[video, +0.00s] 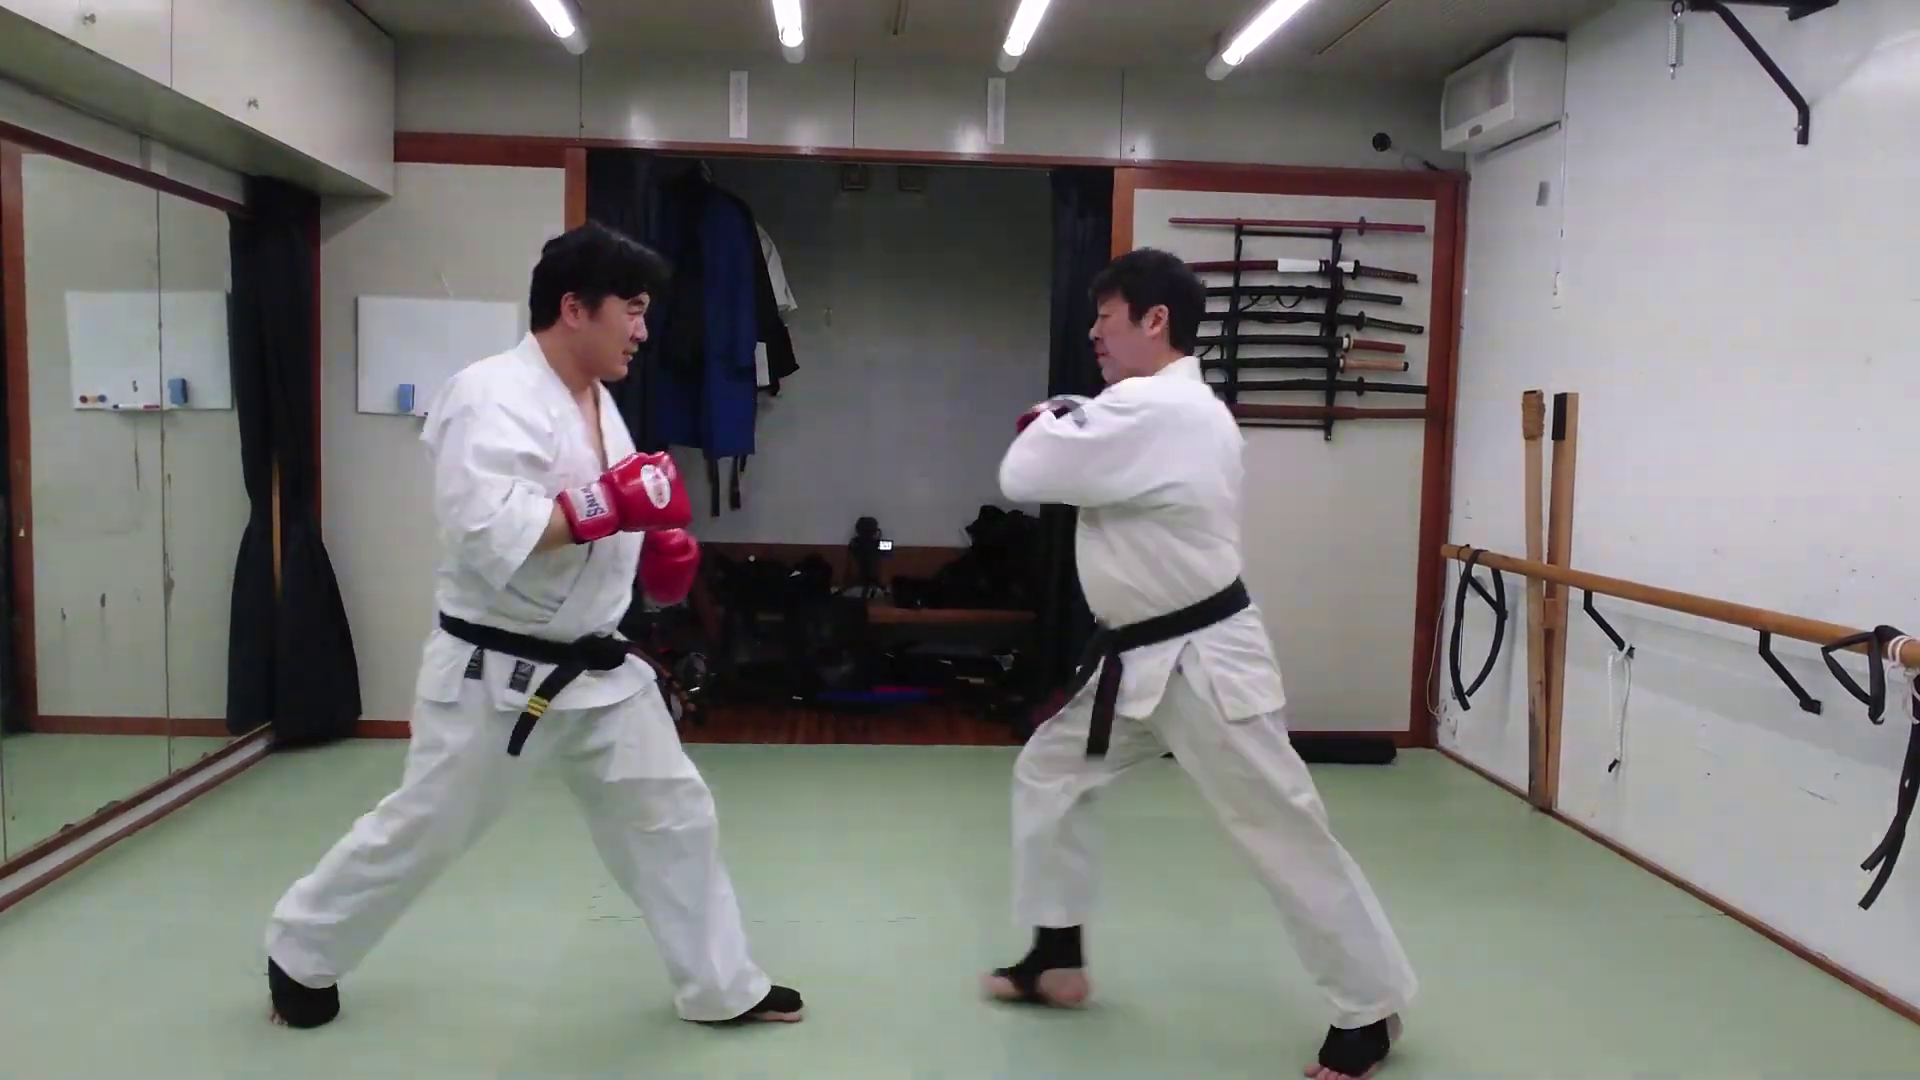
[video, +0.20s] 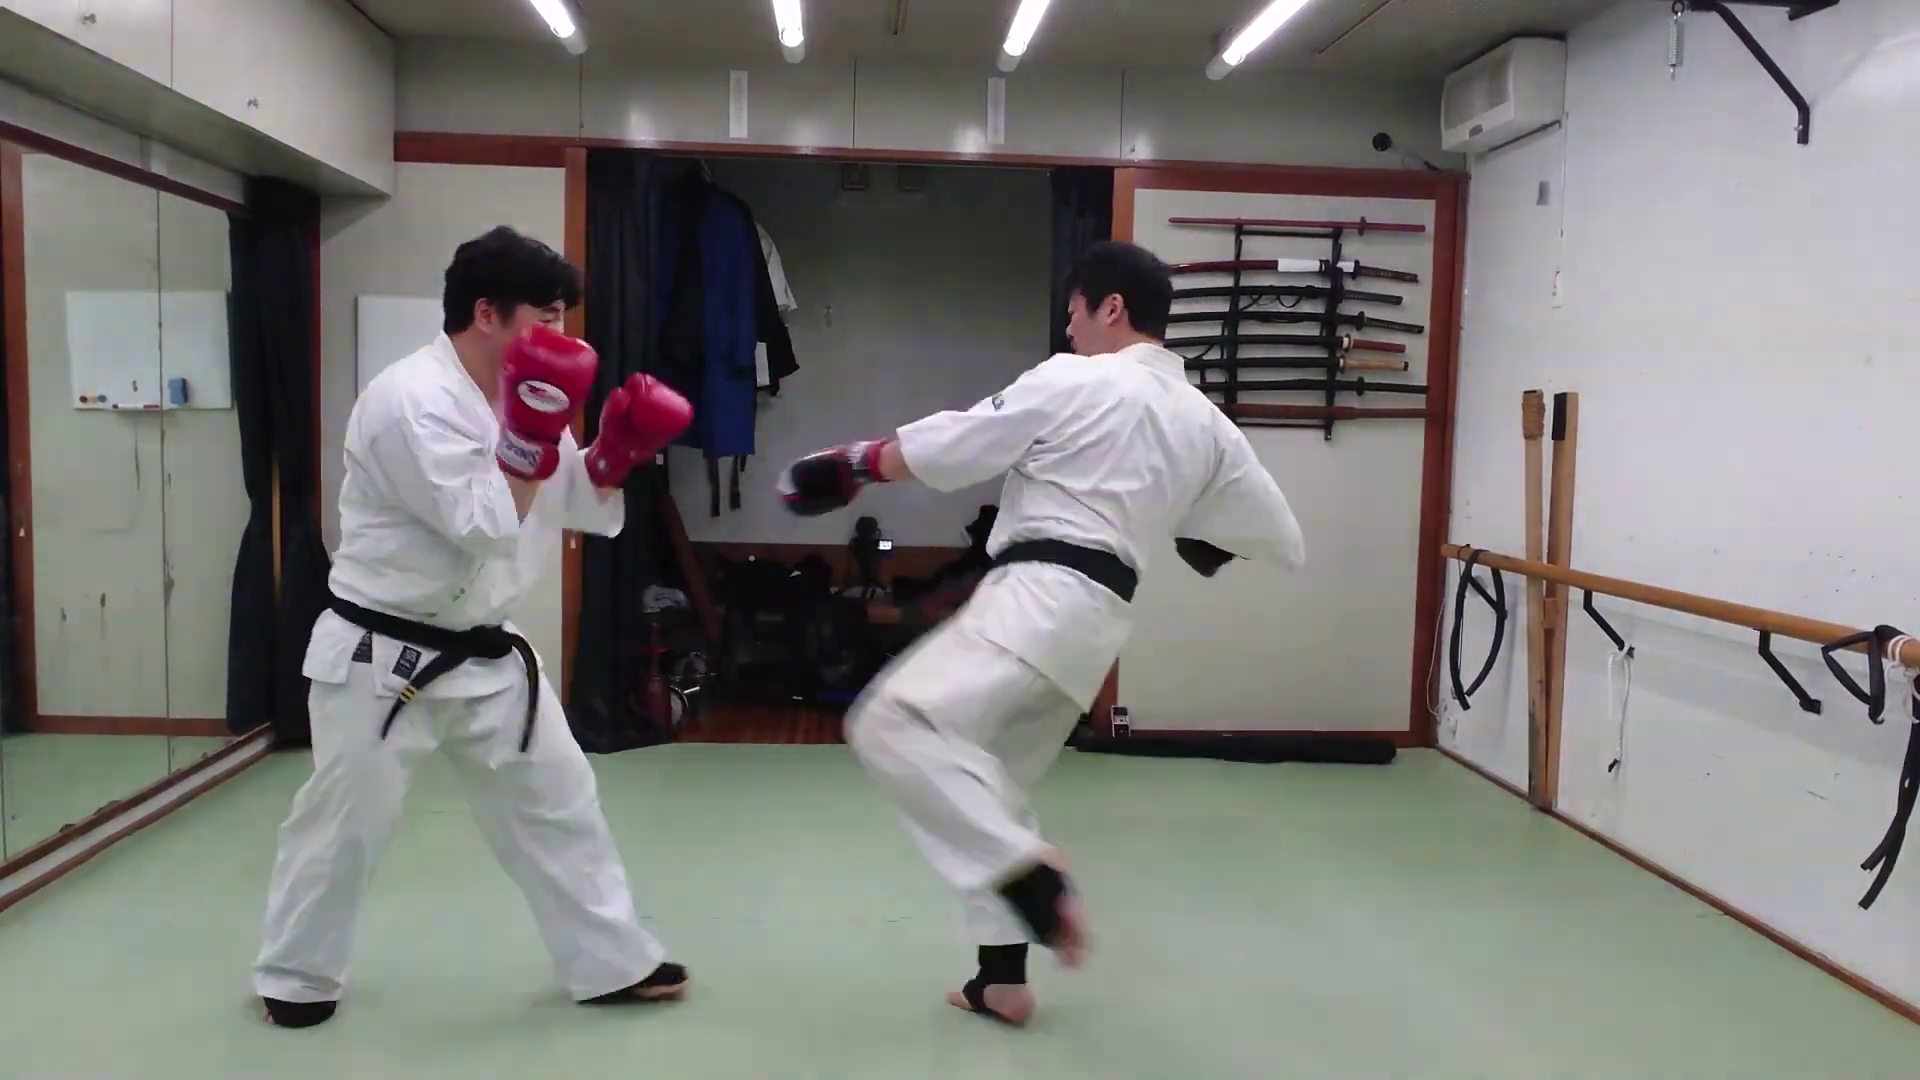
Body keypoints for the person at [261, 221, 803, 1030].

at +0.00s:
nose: (643, 328)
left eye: (645, 310)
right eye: (631, 308)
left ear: (586, 313)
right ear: (573, 309)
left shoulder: (600, 406)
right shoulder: (491, 397)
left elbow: (598, 535)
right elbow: (487, 529)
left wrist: (657, 567)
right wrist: (608, 508)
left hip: (594, 660)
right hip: (491, 663)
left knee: (676, 813)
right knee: (430, 824)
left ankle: (719, 987)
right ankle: (301, 945)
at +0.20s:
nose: (551, 341)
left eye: (557, 323)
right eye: (541, 321)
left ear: (499, 320)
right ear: (486, 316)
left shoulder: (499, 406)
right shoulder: (409, 400)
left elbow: (554, 498)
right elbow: (481, 524)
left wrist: (610, 461)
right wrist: (526, 441)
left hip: (482, 647)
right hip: (379, 646)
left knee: (557, 793)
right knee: (349, 812)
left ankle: (608, 963)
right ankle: (293, 973)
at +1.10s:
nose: (512, 326)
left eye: (518, 312)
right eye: (500, 308)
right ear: (448, 304)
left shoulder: (476, 388)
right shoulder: (414, 366)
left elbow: (492, 482)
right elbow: (416, 478)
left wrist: (550, 439)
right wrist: (486, 538)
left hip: (492, 580)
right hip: (449, 582)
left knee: (542, 756)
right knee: (567, 702)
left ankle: (509, 942)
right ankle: (652, 864)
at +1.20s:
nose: (505, 313)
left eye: (510, 299)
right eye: (491, 296)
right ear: (439, 294)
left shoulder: (476, 396)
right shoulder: (393, 361)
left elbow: (491, 493)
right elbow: (391, 463)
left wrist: (549, 458)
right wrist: (498, 470)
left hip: (498, 594)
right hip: (436, 589)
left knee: (546, 759)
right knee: (495, 751)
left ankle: (531, 941)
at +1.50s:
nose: (442, 315)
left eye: (449, 302)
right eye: (427, 298)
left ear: (454, 304)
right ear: (373, 294)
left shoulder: (453, 382)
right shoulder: (304, 374)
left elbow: (472, 496)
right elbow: (315, 481)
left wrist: (498, 466)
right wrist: (400, 437)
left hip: (430, 623)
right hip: (321, 620)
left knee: (480, 777)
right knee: (285, 790)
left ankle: (499, 937)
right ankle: (235, 934)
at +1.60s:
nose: (405, 334)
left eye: (416, 320)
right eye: (391, 315)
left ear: (424, 324)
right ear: (339, 307)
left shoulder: (411, 388)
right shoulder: (277, 377)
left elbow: (456, 485)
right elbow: (343, 478)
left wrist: (487, 424)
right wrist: (424, 413)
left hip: (400, 598)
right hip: (296, 612)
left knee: (499, 693)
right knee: (280, 780)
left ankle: (511, 864)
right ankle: (240, 930)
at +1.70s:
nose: (391, 337)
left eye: (402, 321)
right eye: (377, 319)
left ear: (410, 319)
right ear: (327, 311)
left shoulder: (400, 373)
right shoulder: (270, 378)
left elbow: (459, 468)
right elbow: (349, 470)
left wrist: (470, 404)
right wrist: (447, 419)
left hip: (392, 578)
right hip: (298, 608)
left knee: (506, 600)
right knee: (283, 773)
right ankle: (244, 932)